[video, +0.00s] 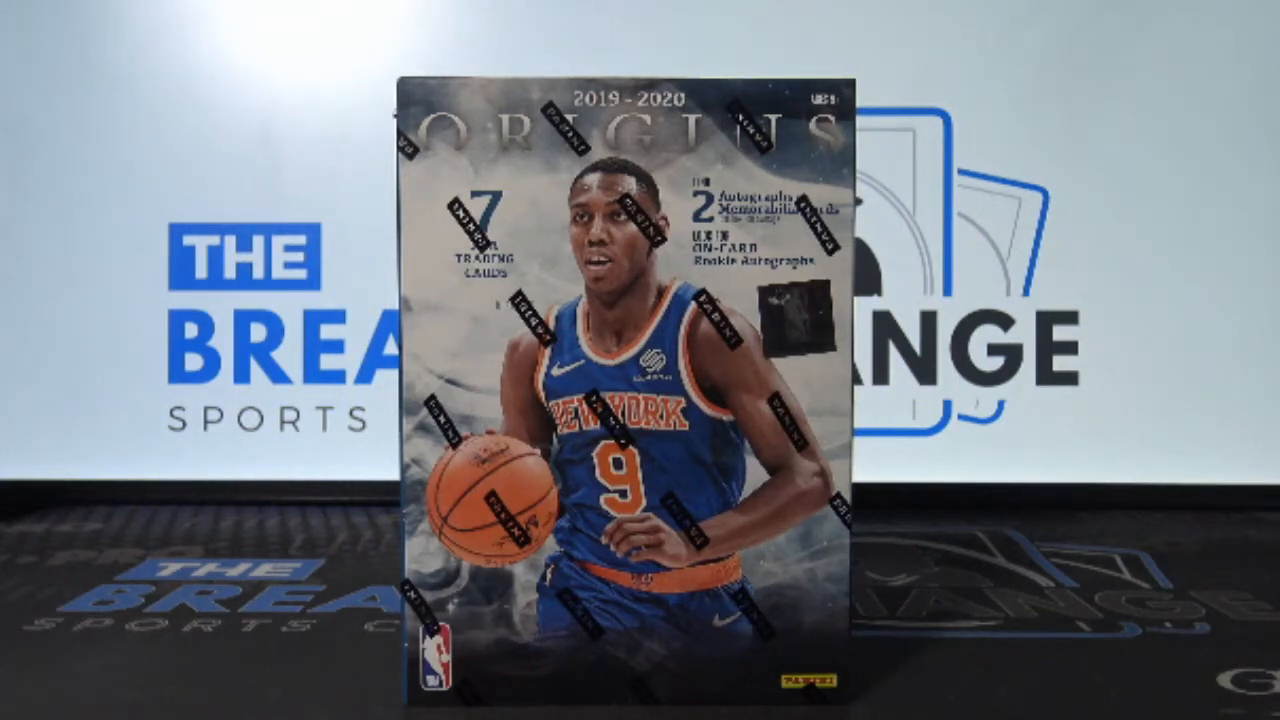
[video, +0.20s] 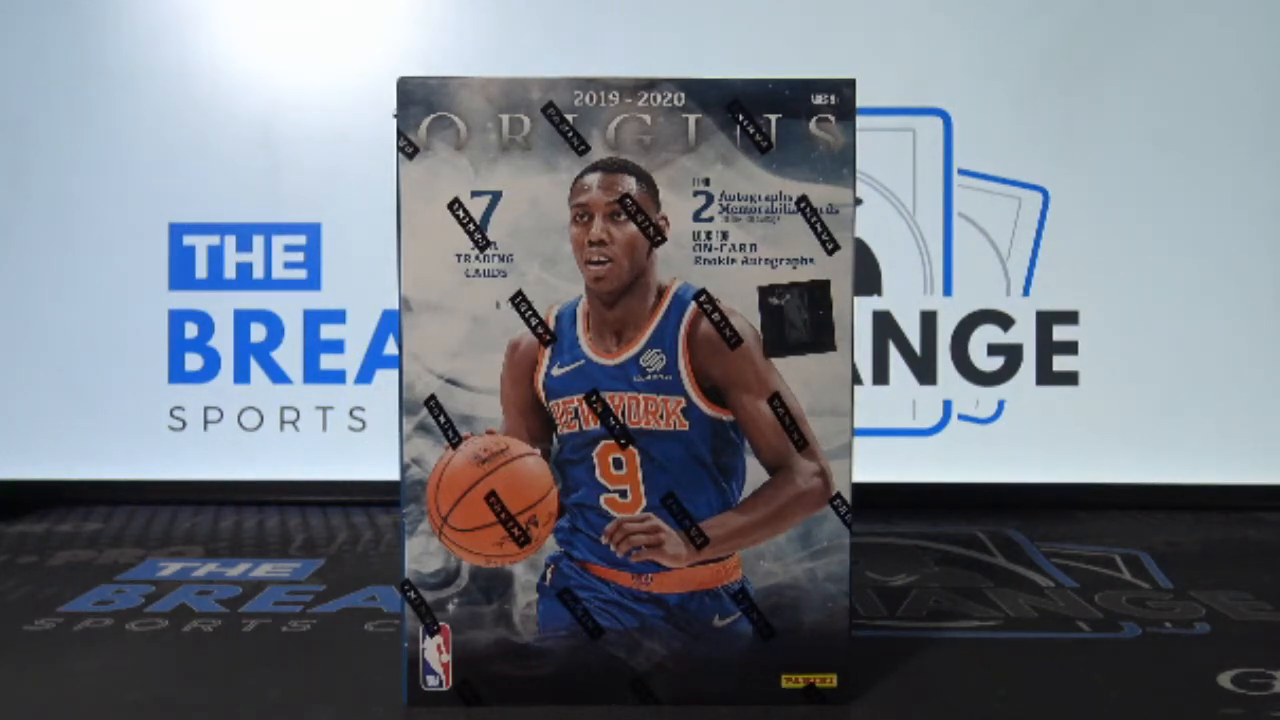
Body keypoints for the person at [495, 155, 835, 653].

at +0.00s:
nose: (595, 235)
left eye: (618, 216)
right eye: (581, 218)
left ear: (657, 230)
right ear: (569, 232)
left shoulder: (712, 334)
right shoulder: (534, 353)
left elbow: (809, 476)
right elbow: (526, 487)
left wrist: (695, 542)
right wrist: (477, 471)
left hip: (698, 613)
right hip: (583, 606)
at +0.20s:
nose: (595, 235)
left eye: (618, 216)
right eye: (582, 218)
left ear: (657, 230)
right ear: (569, 232)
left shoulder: (711, 334)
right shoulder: (535, 353)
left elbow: (809, 477)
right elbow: (531, 488)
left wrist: (696, 541)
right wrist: (490, 466)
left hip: (698, 614)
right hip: (584, 608)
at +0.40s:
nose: (595, 235)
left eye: (617, 216)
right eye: (582, 218)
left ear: (657, 230)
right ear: (569, 232)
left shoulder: (711, 334)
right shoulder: (535, 352)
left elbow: (809, 476)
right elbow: (529, 486)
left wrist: (697, 541)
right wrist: (483, 468)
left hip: (699, 613)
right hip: (584, 607)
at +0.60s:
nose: (595, 235)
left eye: (617, 216)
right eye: (582, 218)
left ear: (657, 229)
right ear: (569, 232)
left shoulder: (711, 334)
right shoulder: (534, 353)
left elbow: (809, 477)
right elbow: (527, 488)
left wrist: (697, 541)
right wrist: (483, 468)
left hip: (699, 613)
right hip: (584, 607)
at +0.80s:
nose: (596, 235)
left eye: (618, 216)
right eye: (582, 218)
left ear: (657, 229)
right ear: (570, 232)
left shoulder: (711, 334)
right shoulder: (535, 353)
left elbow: (809, 476)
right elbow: (526, 485)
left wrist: (696, 542)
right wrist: (483, 467)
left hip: (699, 613)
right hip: (583, 607)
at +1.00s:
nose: (595, 235)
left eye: (617, 216)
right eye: (582, 218)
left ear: (657, 229)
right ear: (569, 232)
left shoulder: (711, 334)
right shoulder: (534, 354)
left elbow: (809, 477)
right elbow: (527, 489)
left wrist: (696, 541)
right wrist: (485, 468)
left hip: (699, 614)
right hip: (584, 608)